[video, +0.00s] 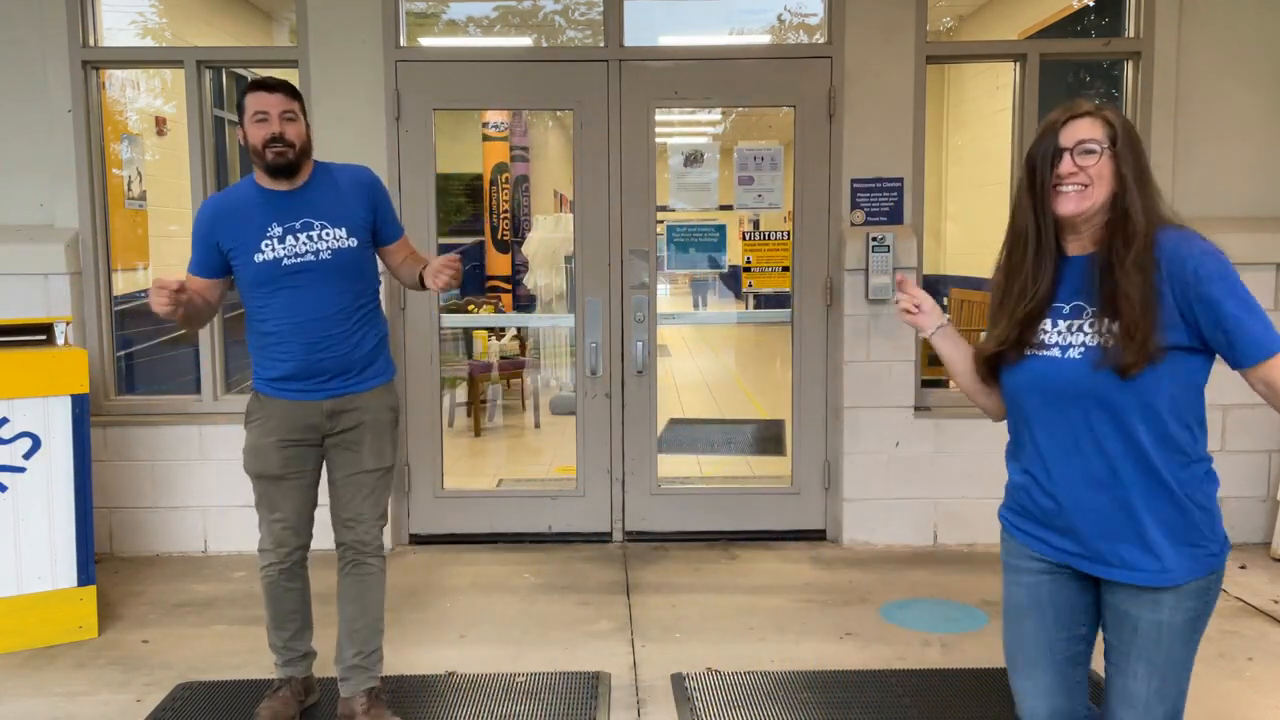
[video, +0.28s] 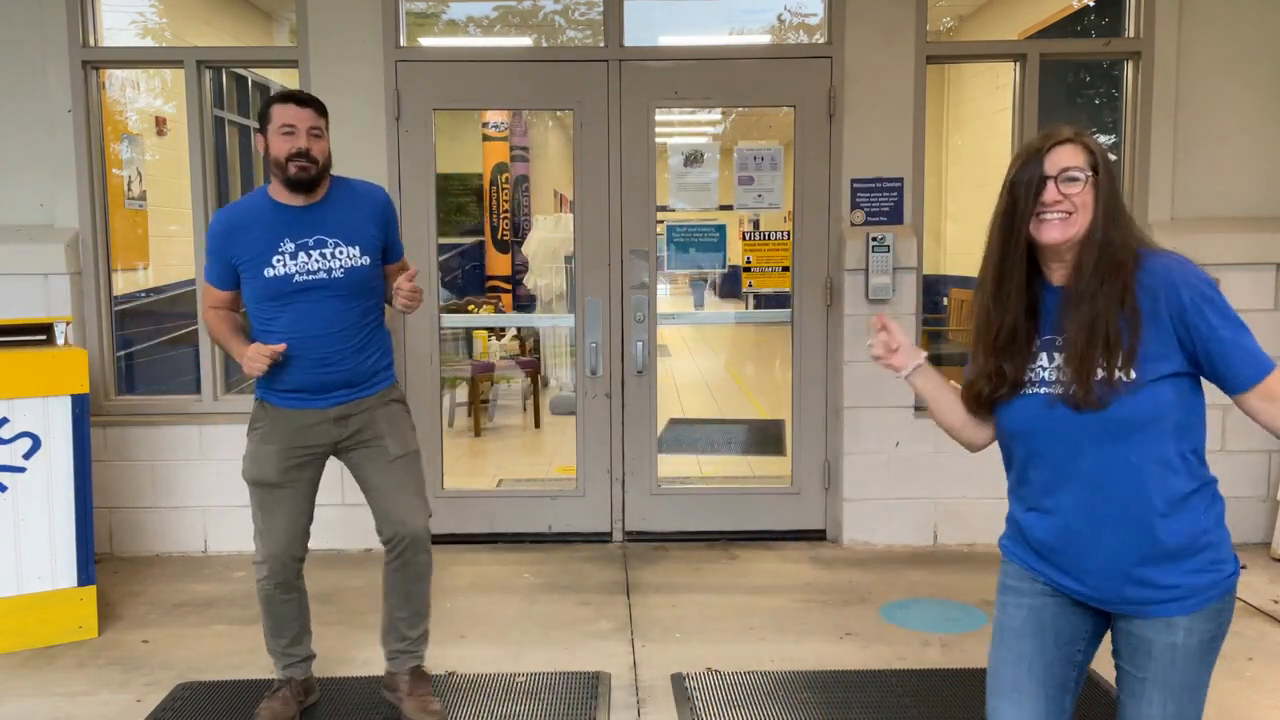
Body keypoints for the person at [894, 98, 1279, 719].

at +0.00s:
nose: (1067, 166)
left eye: (1088, 152)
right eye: (1054, 155)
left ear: (1123, 170)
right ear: (1037, 176)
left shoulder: (1178, 260)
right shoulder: (1030, 272)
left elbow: (1271, 376)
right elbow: (999, 399)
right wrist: (938, 328)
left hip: (1160, 550)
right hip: (1040, 540)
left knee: (1141, 710)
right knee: (1042, 708)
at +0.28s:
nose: (1051, 194)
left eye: (1071, 179)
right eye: (1036, 182)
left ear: (1102, 196)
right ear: (1017, 203)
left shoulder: (1167, 285)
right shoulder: (1013, 303)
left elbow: (1266, 396)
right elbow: (975, 428)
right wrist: (914, 366)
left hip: (1173, 578)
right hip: (1044, 569)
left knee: (1155, 713)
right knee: (1014, 711)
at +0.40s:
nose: (1038, 182)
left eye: (1055, 166)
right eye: (1022, 173)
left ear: (1089, 180)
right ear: (1009, 197)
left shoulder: (1168, 279)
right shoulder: (990, 294)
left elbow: (1247, 394)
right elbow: (946, 411)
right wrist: (862, 402)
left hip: (1160, 559)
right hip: (1024, 550)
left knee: (1163, 712)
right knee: (981, 708)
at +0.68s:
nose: (949, 186)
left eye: (964, 167)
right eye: (933, 184)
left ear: (1005, 174)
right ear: (927, 215)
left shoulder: (1084, 278)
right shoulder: (912, 299)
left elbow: (1125, 419)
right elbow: (870, 429)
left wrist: (1145, 379)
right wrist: (773, 478)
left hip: (1067, 563)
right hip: (937, 562)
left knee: (1123, 712)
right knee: (912, 713)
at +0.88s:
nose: (867, 181)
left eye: (880, 165)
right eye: (847, 179)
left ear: (911, 181)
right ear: (831, 208)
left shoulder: (956, 292)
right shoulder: (803, 302)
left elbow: (960, 396)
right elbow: (763, 435)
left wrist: (1012, 451)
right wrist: (697, 520)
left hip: (941, 560)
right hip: (824, 570)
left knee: (1030, 710)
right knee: (848, 713)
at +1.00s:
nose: (816, 174)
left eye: (829, 157)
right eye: (795, 168)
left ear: (858, 174)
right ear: (778, 198)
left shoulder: (881, 287)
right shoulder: (752, 293)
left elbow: (890, 399)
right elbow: (694, 419)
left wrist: (953, 455)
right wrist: (641, 518)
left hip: (879, 551)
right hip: (777, 567)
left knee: (971, 690)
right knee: (819, 711)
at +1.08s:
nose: (779, 165)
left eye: (792, 148)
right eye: (759, 158)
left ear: (820, 164)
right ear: (740, 185)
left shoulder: (833, 276)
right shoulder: (722, 280)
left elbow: (848, 393)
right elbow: (651, 406)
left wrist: (919, 450)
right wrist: (601, 522)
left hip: (842, 546)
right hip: (750, 559)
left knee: (894, 697)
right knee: (797, 711)